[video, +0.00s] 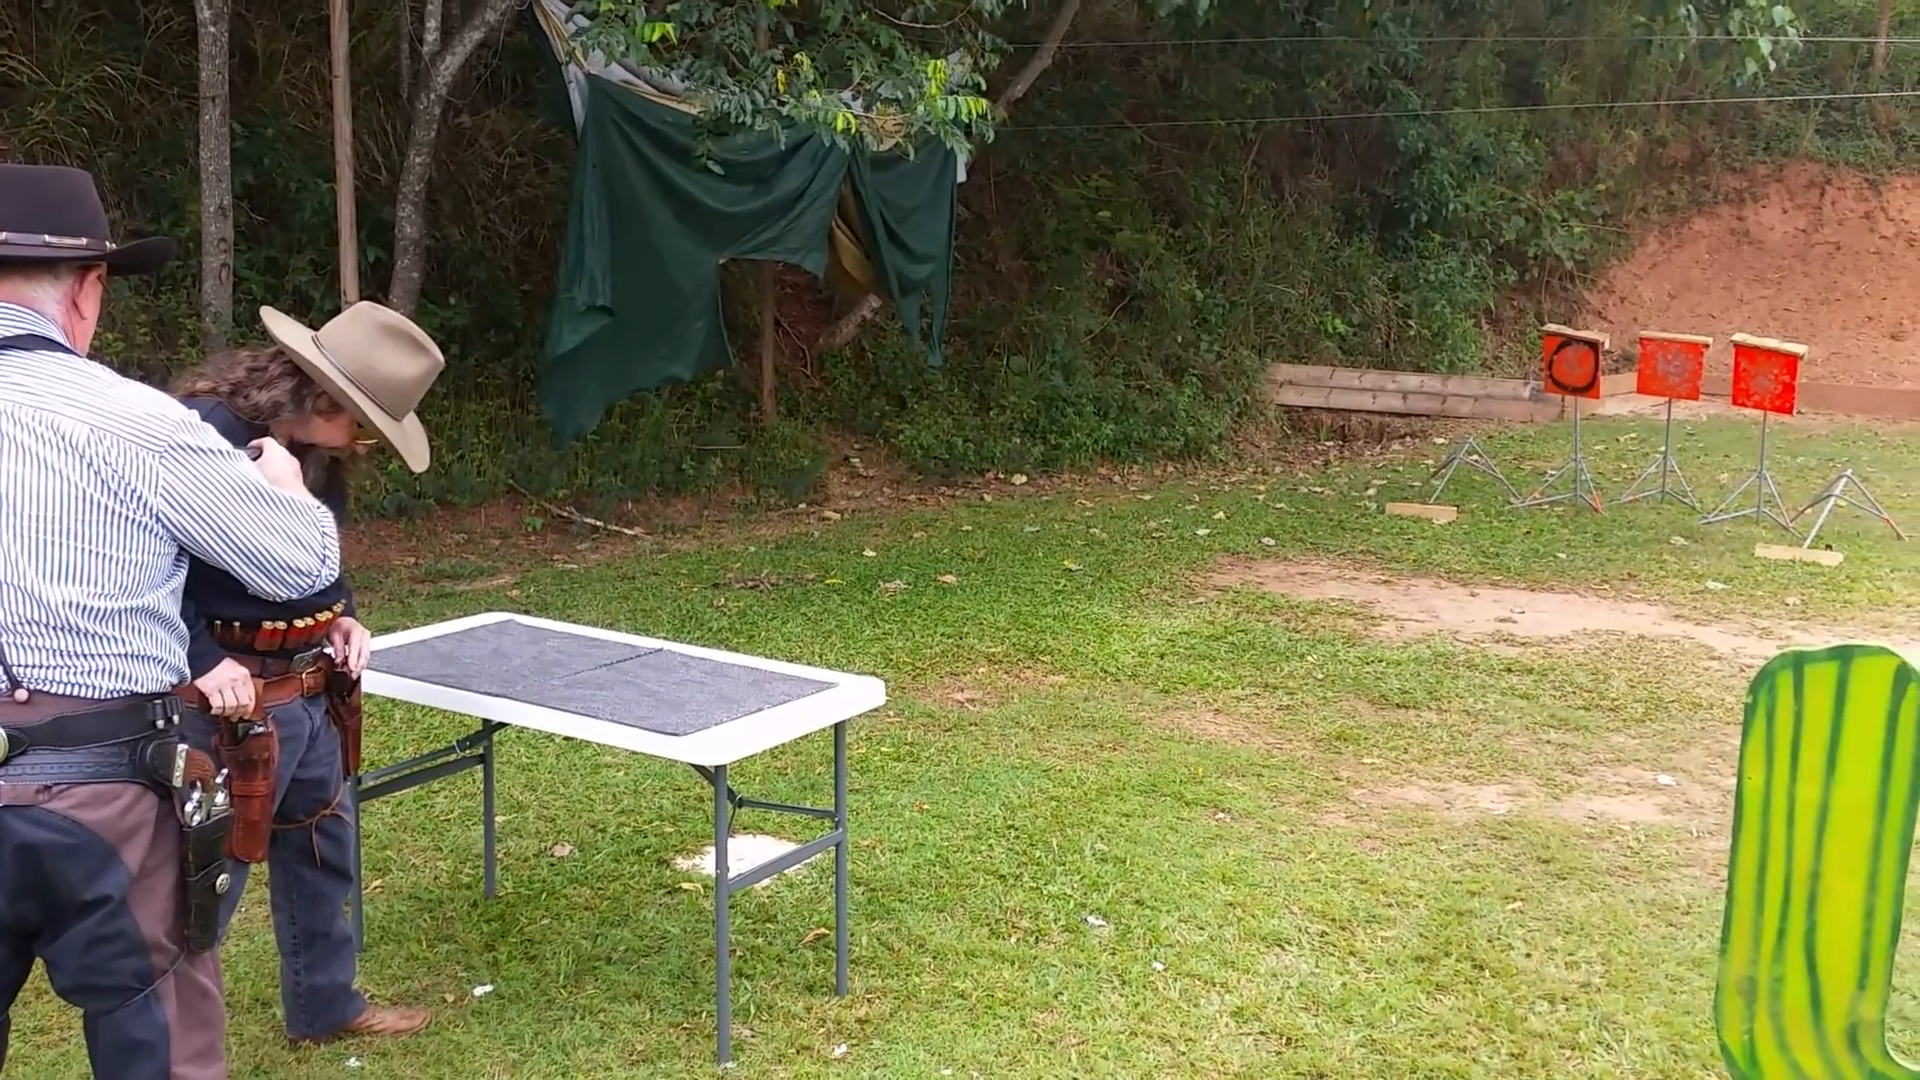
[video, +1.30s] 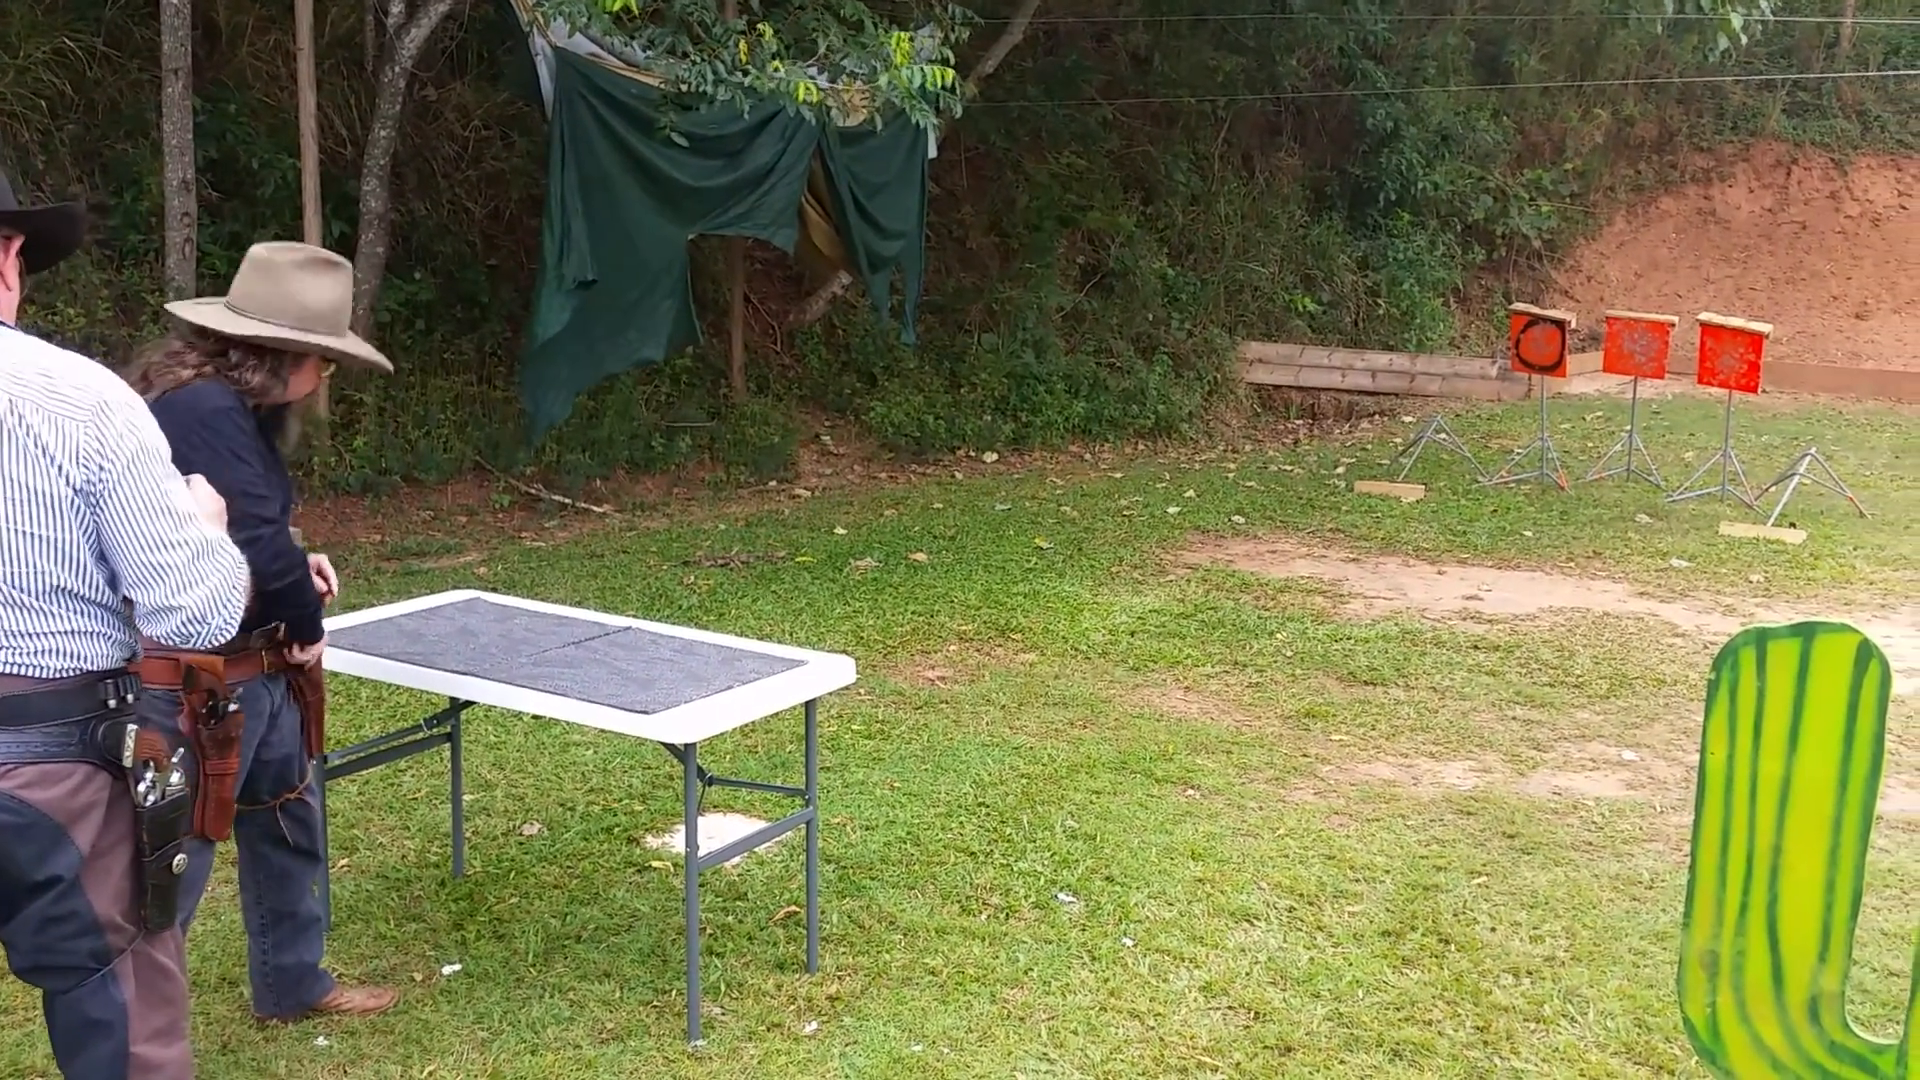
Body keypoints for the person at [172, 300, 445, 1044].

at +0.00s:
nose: (357, 445)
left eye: (366, 434)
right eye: (359, 429)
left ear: (336, 409)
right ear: (328, 402)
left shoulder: (309, 460)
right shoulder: (200, 439)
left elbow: (304, 561)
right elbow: (151, 569)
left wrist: (336, 618)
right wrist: (202, 656)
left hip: (307, 694)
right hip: (225, 706)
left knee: (321, 854)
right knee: (206, 883)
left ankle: (324, 1006)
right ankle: (168, 1033)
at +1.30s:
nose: (322, 378)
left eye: (324, 362)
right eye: (318, 360)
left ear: (245, 341)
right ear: (282, 357)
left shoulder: (222, 408)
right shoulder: (212, 412)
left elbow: (236, 524)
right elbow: (263, 553)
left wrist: (297, 562)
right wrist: (303, 623)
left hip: (254, 666)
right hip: (197, 673)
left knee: (287, 825)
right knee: (175, 859)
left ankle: (291, 986)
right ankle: (131, 1006)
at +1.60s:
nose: (290, 332)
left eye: (289, 318)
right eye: (283, 319)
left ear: (207, 322)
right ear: (254, 324)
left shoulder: (178, 383)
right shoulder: (221, 388)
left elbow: (200, 493)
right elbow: (250, 510)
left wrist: (287, 481)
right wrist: (322, 501)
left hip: (226, 657)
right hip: (190, 663)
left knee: (271, 821)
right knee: (182, 855)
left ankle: (284, 981)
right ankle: (120, 1007)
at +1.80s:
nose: (276, 326)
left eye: (272, 312)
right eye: (267, 314)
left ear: (191, 321)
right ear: (235, 324)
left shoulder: (152, 386)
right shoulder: (231, 404)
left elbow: (264, 441)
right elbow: (340, 478)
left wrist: (353, 416)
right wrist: (398, 444)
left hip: (179, 643)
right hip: (202, 656)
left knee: (268, 811)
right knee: (189, 849)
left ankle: (278, 978)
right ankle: (116, 1010)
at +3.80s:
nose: (280, 338)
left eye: (277, 324)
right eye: (272, 324)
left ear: (196, 324)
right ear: (237, 327)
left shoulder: (146, 381)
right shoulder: (223, 397)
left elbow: (299, 388)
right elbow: (333, 413)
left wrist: (401, 358)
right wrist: (426, 384)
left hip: (128, 643)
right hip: (168, 654)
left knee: (236, 814)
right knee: (149, 857)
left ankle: (245, 982)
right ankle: (74, 1016)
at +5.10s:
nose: (273, 345)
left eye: (272, 330)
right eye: (266, 330)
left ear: (192, 326)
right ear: (227, 330)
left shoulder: (146, 384)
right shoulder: (210, 399)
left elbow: (280, 404)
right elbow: (334, 438)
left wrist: (385, 377)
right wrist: (413, 400)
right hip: (149, 668)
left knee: (230, 823)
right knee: (142, 865)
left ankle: (241, 986)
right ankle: (66, 1024)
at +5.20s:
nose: (264, 366)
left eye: (268, 352)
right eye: (264, 350)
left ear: (189, 321)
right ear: (235, 339)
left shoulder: (138, 378)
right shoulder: (188, 398)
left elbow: (219, 449)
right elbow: (300, 484)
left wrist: (301, 436)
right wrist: (376, 446)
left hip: (185, 653)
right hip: (155, 666)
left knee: (235, 819)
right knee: (149, 855)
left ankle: (240, 985)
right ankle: (76, 1012)